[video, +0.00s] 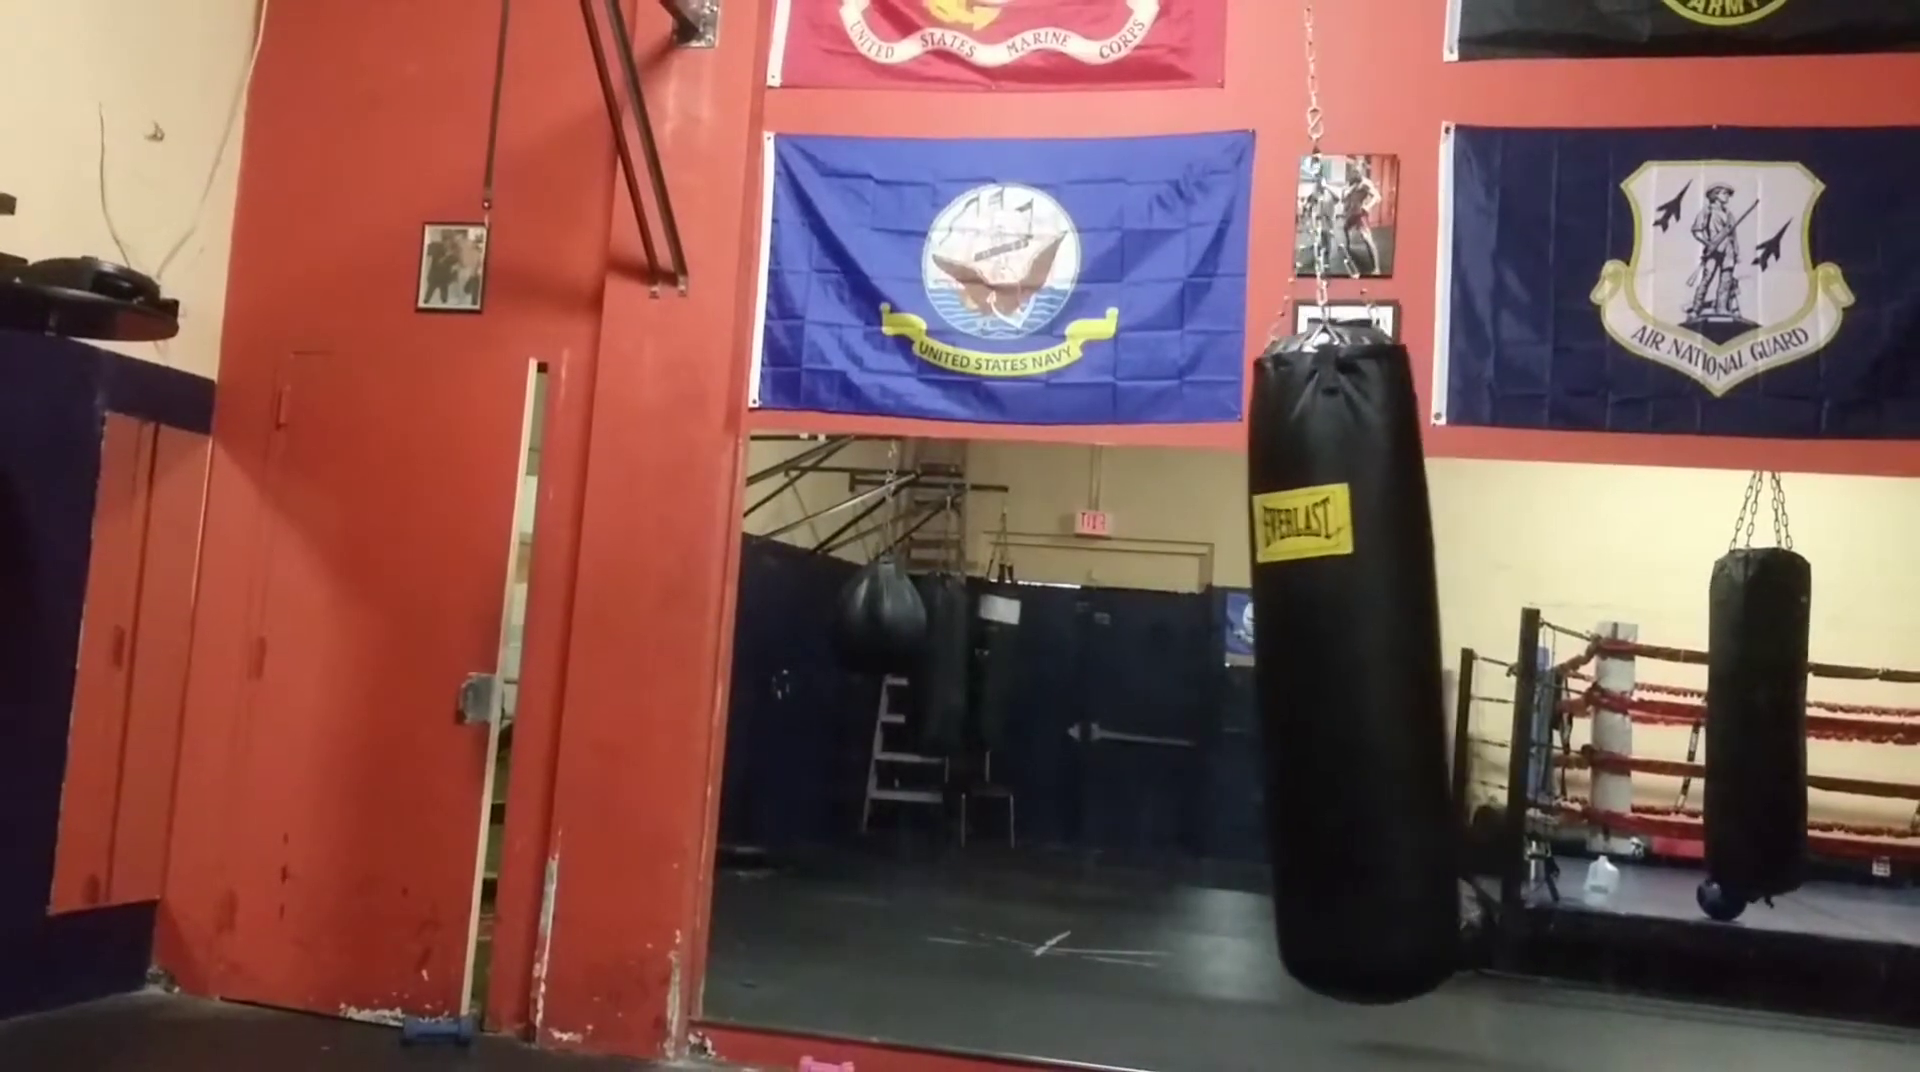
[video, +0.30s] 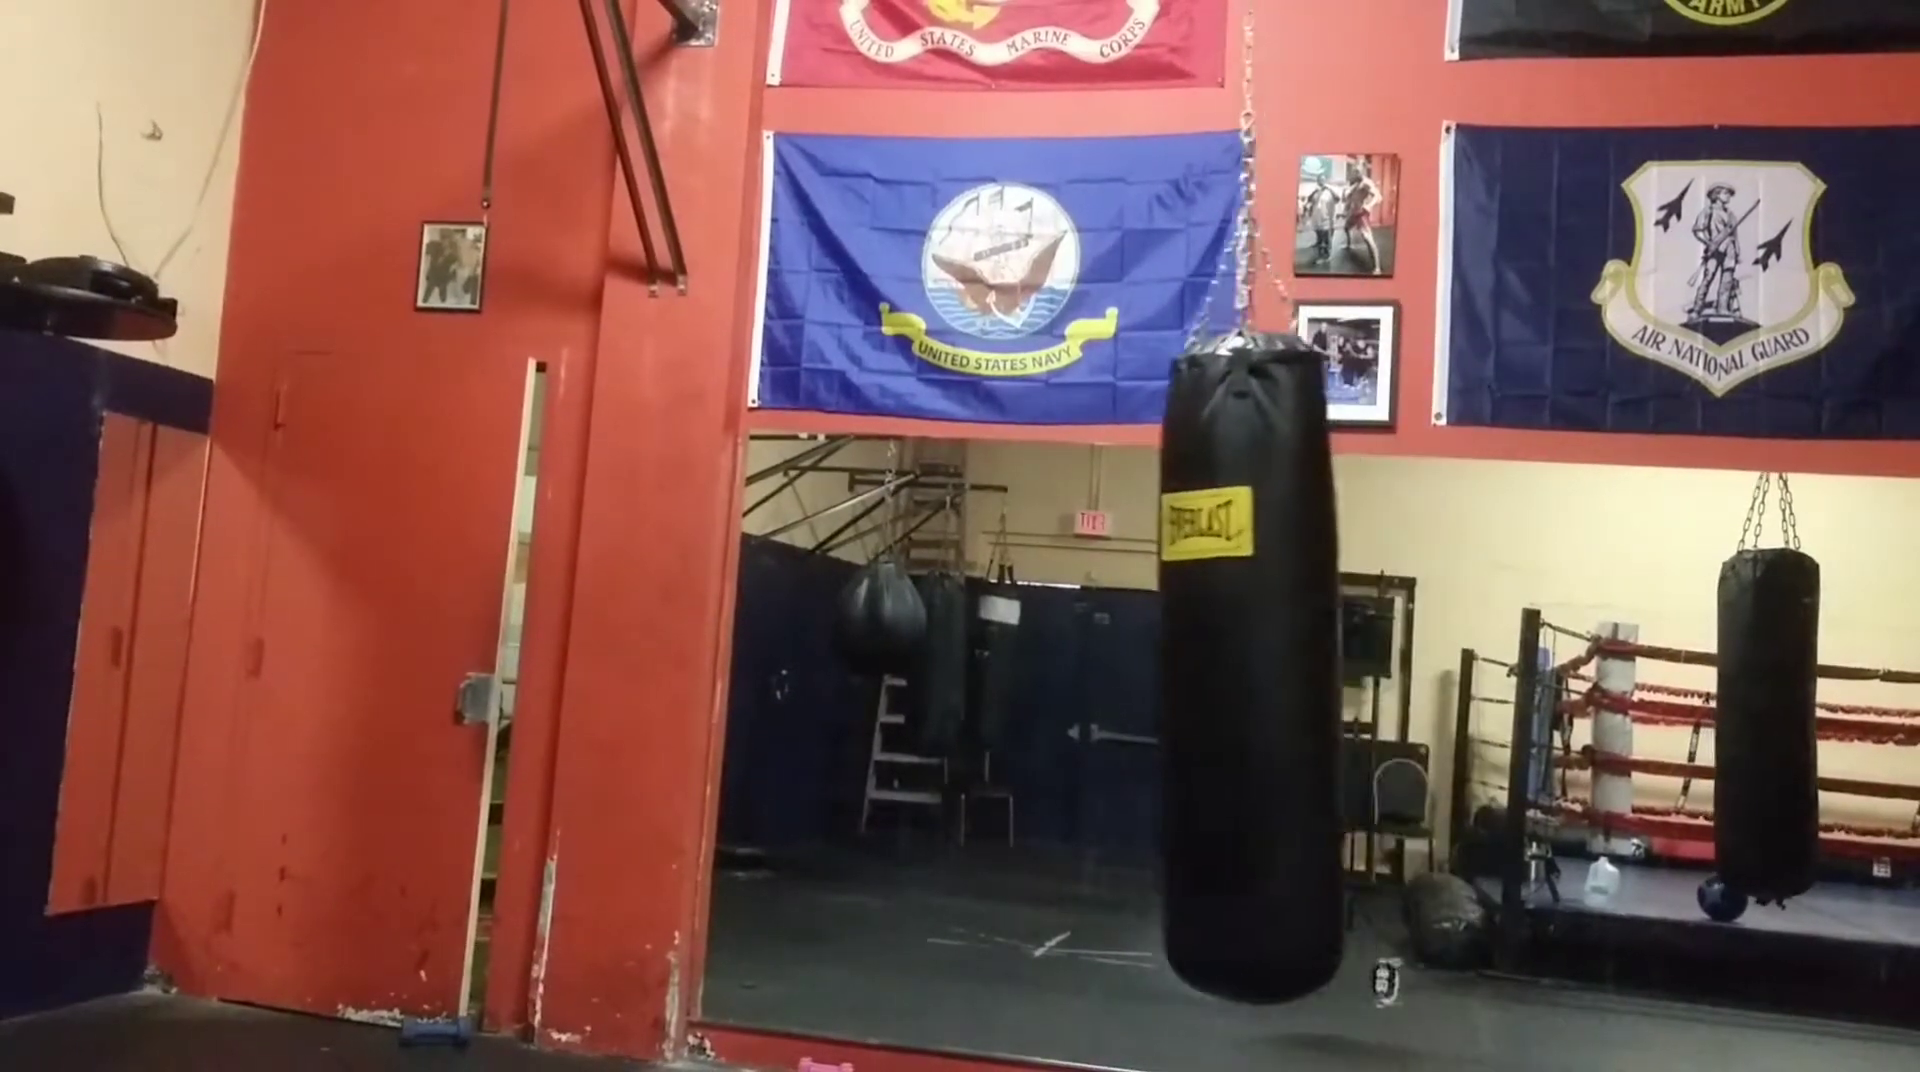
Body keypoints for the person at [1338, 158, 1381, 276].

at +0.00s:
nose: (1354, 173)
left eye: (1356, 171)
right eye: (1352, 171)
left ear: (1360, 172)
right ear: (1349, 172)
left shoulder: (1365, 183)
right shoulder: (1348, 185)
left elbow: (1376, 196)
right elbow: (1343, 198)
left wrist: (1367, 207)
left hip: (1360, 214)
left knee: (1367, 238)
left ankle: (1376, 268)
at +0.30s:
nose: (1351, 175)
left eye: (1354, 172)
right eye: (1351, 173)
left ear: (1359, 173)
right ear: (1351, 174)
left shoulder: (1365, 183)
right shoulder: (1352, 186)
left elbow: (1377, 196)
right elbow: (1347, 199)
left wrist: (1368, 206)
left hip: (1362, 212)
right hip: (1352, 212)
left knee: (1367, 237)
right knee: (1346, 228)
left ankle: (1377, 267)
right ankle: (1348, 245)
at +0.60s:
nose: (1353, 175)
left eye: (1355, 172)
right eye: (1351, 172)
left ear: (1360, 173)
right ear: (1350, 173)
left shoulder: (1365, 183)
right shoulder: (1351, 185)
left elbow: (1376, 196)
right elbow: (1345, 199)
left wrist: (1367, 206)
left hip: (1361, 212)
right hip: (1351, 212)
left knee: (1366, 236)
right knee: (1345, 229)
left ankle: (1376, 266)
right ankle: (1348, 244)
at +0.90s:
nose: (1353, 175)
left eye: (1355, 172)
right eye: (1352, 172)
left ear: (1359, 173)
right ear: (1350, 174)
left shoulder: (1365, 183)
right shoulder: (1351, 185)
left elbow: (1376, 196)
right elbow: (1345, 199)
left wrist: (1367, 206)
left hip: (1361, 212)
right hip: (1351, 213)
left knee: (1366, 237)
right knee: (1345, 228)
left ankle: (1376, 267)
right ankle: (1348, 245)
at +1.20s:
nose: (1353, 175)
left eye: (1355, 172)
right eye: (1352, 172)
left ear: (1359, 173)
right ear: (1351, 174)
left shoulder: (1365, 183)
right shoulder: (1351, 186)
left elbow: (1376, 196)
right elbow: (1345, 199)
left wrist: (1367, 207)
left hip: (1361, 212)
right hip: (1351, 213)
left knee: (1366, 237)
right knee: (1345, 228)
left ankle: (1376, 267)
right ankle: (1348, 245)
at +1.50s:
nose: (1350, 175)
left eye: (1352, 172)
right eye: (1349, 173)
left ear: (1357, 173)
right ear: (1350, 174)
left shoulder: (1364, 182)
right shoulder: (1351, 185)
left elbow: (1376, 195)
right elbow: (1343, 198)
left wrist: (1366, 205)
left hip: (1360, 211)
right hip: (1351, 212)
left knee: (1366, 236)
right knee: (1345, 227)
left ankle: (1375, 266)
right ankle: (1347, 243)